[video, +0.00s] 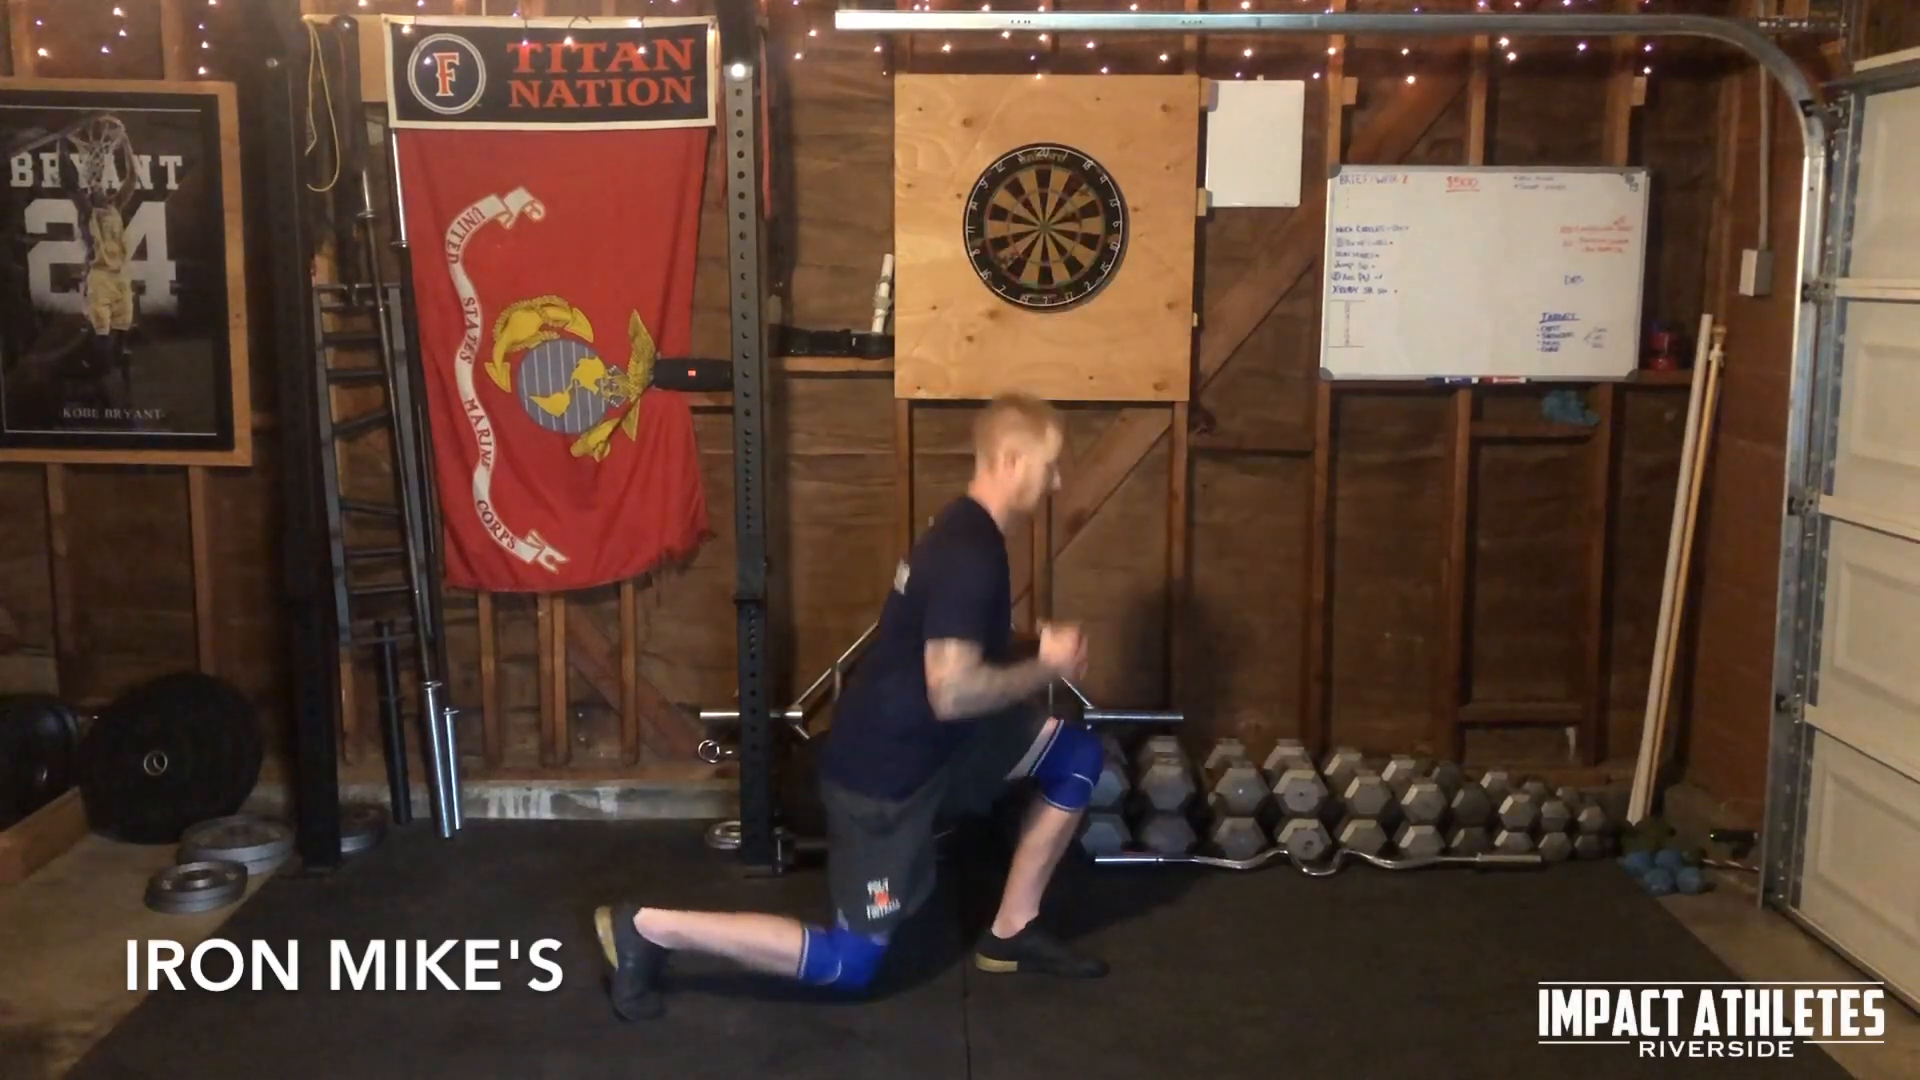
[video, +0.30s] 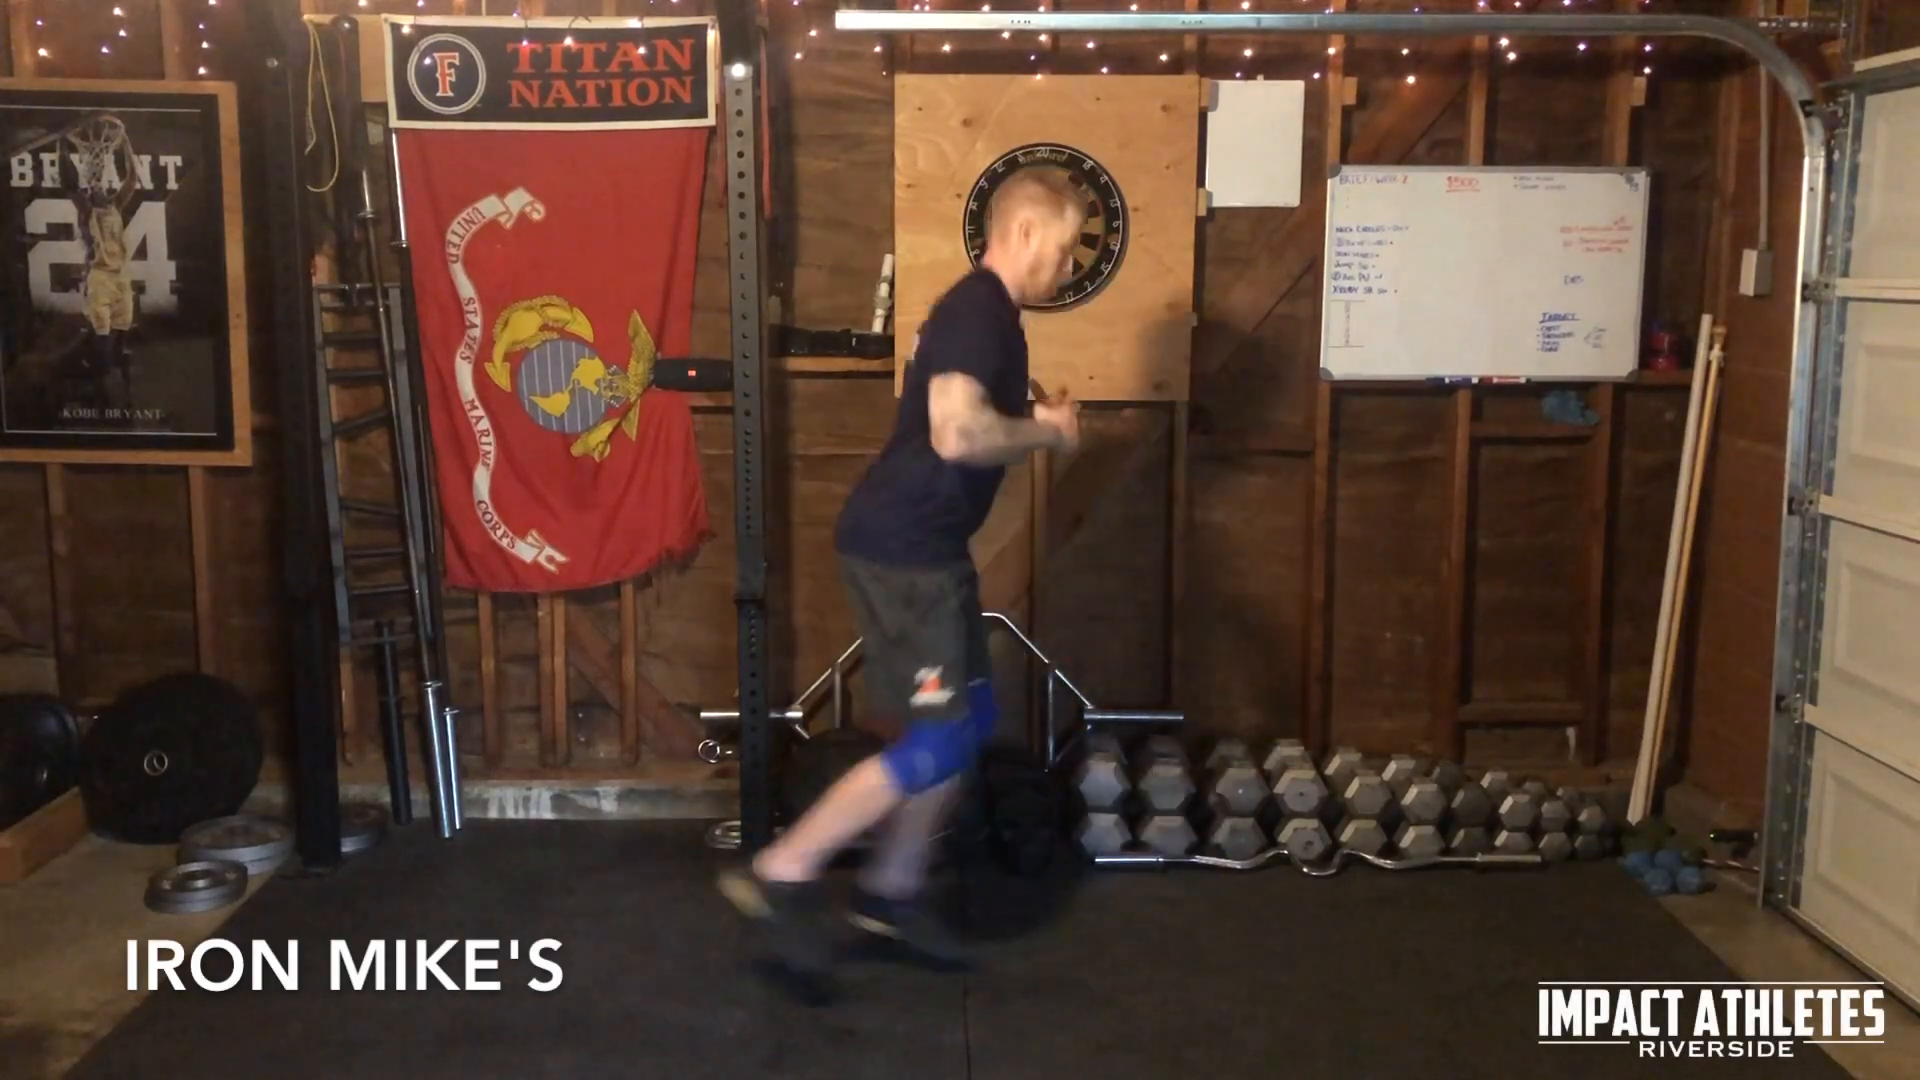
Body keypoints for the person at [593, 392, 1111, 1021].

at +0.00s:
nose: (1054, 480)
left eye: (1056, 466)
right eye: (1049, 464)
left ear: (1002, 458)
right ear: (1010, 460)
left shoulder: (979, 533)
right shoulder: (967, 545)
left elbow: (973, 648)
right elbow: (950, 692)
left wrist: (1037, 648)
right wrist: (1047, 666)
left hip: (939, 745)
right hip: (882, 771)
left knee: (1077, 756)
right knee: (851, 959)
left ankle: (1011, 932)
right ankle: (642, 928)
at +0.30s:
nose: (1072, 265)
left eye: (1076, 249)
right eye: (1069, 246)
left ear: (1011, 234)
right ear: (1024, 233)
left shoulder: (990, 315)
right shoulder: (974, 310)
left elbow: (973, 412)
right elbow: (957, 433)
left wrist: (1033, 408)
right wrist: (1041, 433)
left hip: (928, 544)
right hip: (899, 545)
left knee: (966, 718)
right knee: (940, 735)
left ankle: (889, 891)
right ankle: (776, 871)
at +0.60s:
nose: (1074, 363)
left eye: (1077, 347)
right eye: (1071, 345)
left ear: (1017, 335)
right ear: (1033, 338)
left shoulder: (1001, 416)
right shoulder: (980, 411)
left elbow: (967, 513)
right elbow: (932, 519)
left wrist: (1031, 509)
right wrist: (1032, 520)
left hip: (885, 636)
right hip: (911, 642)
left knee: (850, 806)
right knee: (1069, 772)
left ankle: (653, 889)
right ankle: (1046, 976)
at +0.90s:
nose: (1076, 511)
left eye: (1077, 496)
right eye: (1070, 495)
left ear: (1017, 493)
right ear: (1030, 493)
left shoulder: (972, 554)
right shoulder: (988, 560)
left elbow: (948, 670)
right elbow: (956, 697)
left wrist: (1021, 672)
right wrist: (1041, 697)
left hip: (866, 775)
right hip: (904, 777)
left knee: (852, 948)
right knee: (1105, 779)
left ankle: (662, 897)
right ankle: (1049, 976)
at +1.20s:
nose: (1061, 321)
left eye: (1065, 303)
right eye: (1057, 302)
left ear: (1002, 298)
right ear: (1020, 297)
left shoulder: (990, 380)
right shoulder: (980, 379)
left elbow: (1002, 490)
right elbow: (975, 484)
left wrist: (1048, 468)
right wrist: (1051, 467)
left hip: (897, 604)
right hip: (937, 610)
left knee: (858, 770)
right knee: (1056, 754)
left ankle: (673, 871)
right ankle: (1047, 968)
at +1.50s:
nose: (1090, 270)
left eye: (1096, 254)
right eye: (1090, 249)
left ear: (1040, 232)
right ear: (1050, 231)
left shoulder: (1010, 307)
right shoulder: (1006, 308)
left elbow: (997, 426)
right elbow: (1015, 446)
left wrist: (1051, 414)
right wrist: (1072, 426)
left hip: (968, 560)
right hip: (930, 559)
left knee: (1005, 716)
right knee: (897, 743)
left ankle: (1000, 906)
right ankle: (716, 867)